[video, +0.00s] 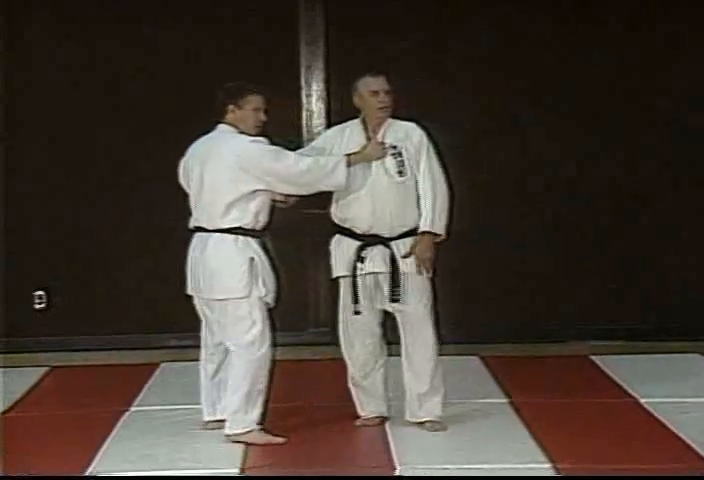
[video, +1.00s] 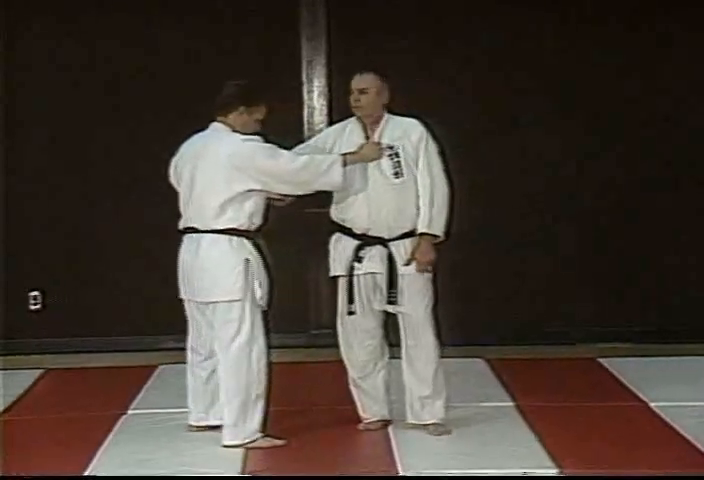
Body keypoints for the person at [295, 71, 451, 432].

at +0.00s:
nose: (384, 99)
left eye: (387, 93)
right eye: (375, 94)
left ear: (392, 98)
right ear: (357, 99)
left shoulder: (411, 136)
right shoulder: (337, 138)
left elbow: (434, 186)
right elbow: (297, 165)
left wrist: (428, 234)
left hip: (405, 246)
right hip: (354, 249)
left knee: (419, 332)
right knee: (359, 334)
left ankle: (425, 410)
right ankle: (370, 409)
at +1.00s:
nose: (356, 99)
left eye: (363, 93)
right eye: (352, 94)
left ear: (384, 96)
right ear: (349, 99)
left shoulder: (411, 133)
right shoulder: (337, 136)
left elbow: (435, 186)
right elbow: (294, 161)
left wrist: (428, 238)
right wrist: (274, 184)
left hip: (406, 246)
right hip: (354, 248)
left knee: (419, 331)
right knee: (359, 333)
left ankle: (428, 413)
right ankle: (372, 413)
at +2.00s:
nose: (360, 112)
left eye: (367, 105)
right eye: (355, 106)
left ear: (386, 101)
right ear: (350, 105)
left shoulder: (415, 135)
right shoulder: (340, 132)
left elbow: (436, 191)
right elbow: (292, 143)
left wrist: (427, 244)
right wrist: (244, 142)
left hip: (405, 248)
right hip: (353, 248)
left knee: (418, 334)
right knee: (359, 335)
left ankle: (429, 413)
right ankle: (373, 413)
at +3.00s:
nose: (366, 112)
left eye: (372, 106)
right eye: (361, 106)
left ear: (391, 103)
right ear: (356, 105)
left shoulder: (418, 137)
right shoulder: (345, 134)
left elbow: (439, 194)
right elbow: (297, 144)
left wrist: (431, 247)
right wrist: (246, 142)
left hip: (408, 248)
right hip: (358, 247)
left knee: (420, 327)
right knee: (360, 327)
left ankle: (429, 407)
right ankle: (372, 405)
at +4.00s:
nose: (370, 113)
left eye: (377, 106)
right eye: (366, 107)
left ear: (397, 104)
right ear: (361, 106)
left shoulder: (416, 138)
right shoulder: (351, 131)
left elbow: (393, 189)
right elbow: (302, 135)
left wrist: (339, 209)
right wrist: (245, 127)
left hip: (409, 247)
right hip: (361, 246)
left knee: (423, 332)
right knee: (361, 330)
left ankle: (435, 411)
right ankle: (373, 406)